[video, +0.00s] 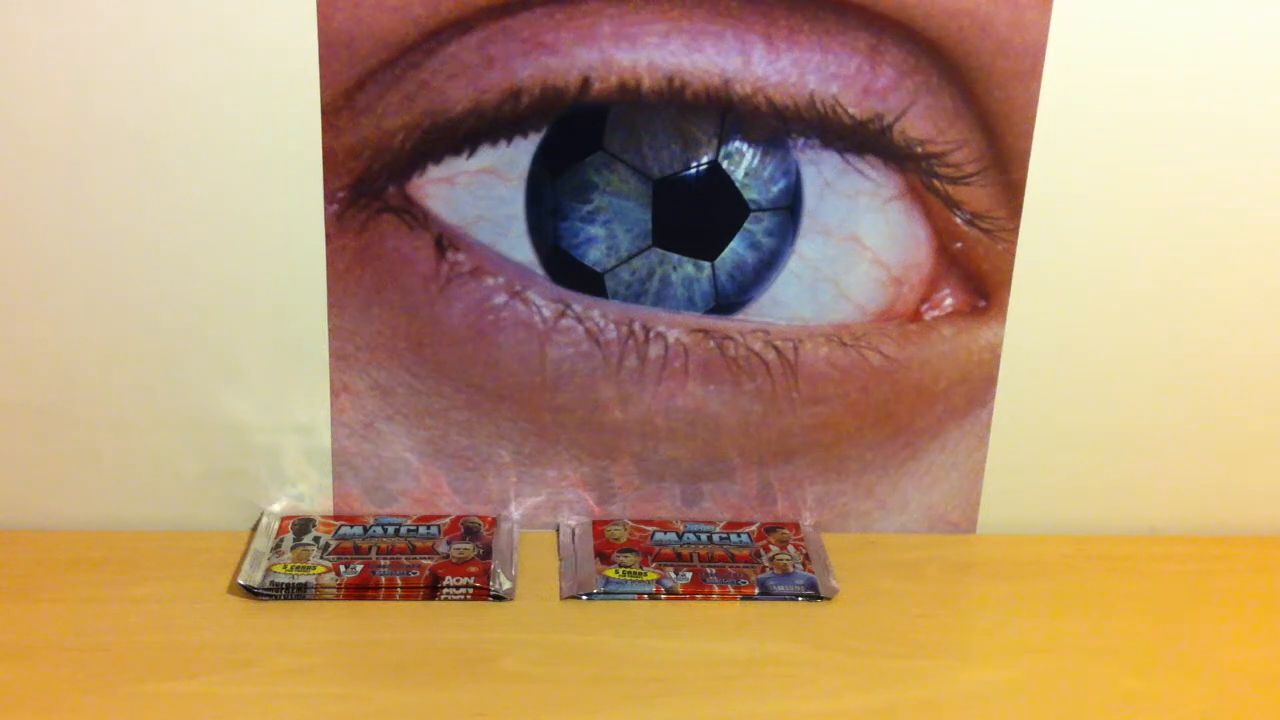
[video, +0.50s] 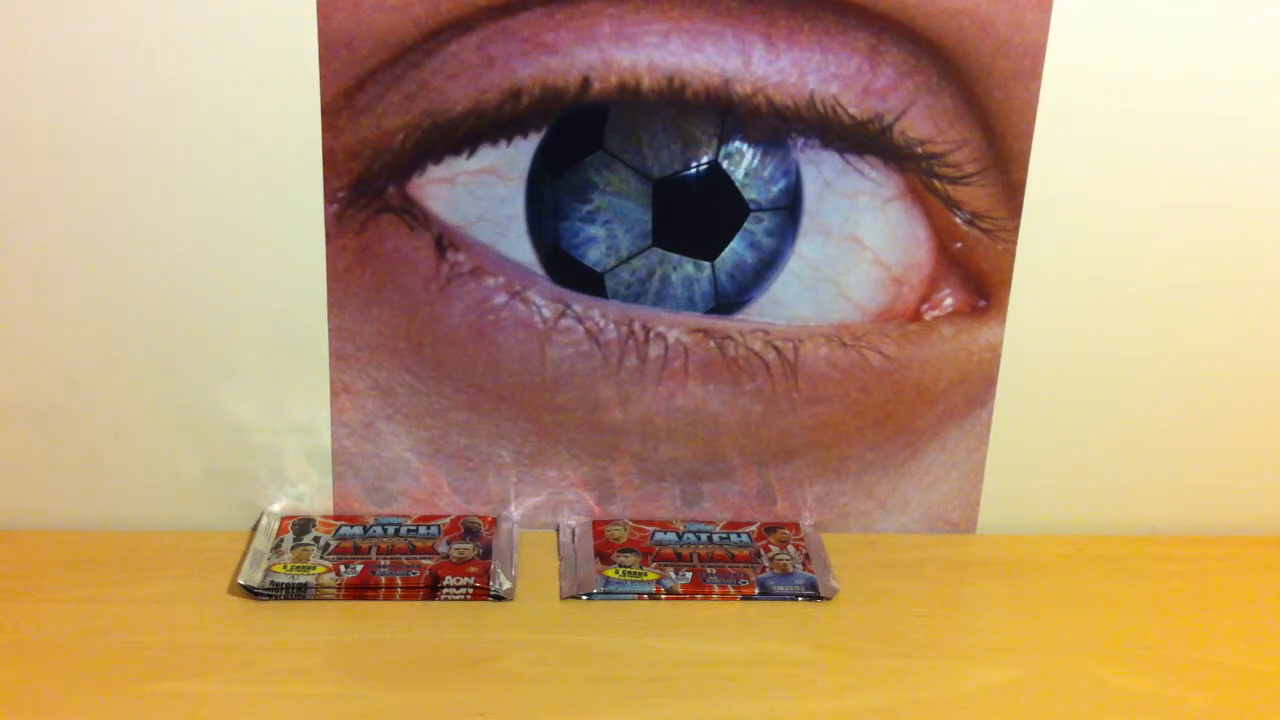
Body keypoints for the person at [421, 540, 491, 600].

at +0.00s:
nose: (461, 551)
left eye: (465, 548)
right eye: (457, 548)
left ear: (474, 550)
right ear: (449, 550)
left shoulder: (483, 567)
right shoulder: (436, 568)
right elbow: (426, 598)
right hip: (443, 612)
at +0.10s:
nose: (461, 550)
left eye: (465, 547)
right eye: (456, 547)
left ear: (474, 550)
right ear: (449, 550)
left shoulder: (484, 567)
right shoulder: (437, 568)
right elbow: (426, 598)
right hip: (443, 612)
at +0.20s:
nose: (461, 550)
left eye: (465, 547)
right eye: (456, 547)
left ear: (474, 550)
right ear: (449, 550)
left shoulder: (484, 567)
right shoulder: (437, 568)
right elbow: (426, 598)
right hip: (443, 612)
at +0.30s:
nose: (461, 550)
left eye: (465, 547)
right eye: (456, 547)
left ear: (474, 550)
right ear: (449, 550)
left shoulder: (484, 567)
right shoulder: (437, 568)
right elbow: (426, 598)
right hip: (443, 612)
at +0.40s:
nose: (461, 551)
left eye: (465, 547)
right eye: (456, 547)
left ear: (474, 550)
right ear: (449, 550)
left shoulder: (484, 567)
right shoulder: (436, 568)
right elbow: (425, 598)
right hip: (443, 612)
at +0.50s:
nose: (461, 550)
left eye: (465, 547)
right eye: (456, 547)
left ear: (474, 550)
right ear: (449, 550)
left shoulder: (484, 567)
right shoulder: (437, 568)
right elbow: (426, 598)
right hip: (443, 612)